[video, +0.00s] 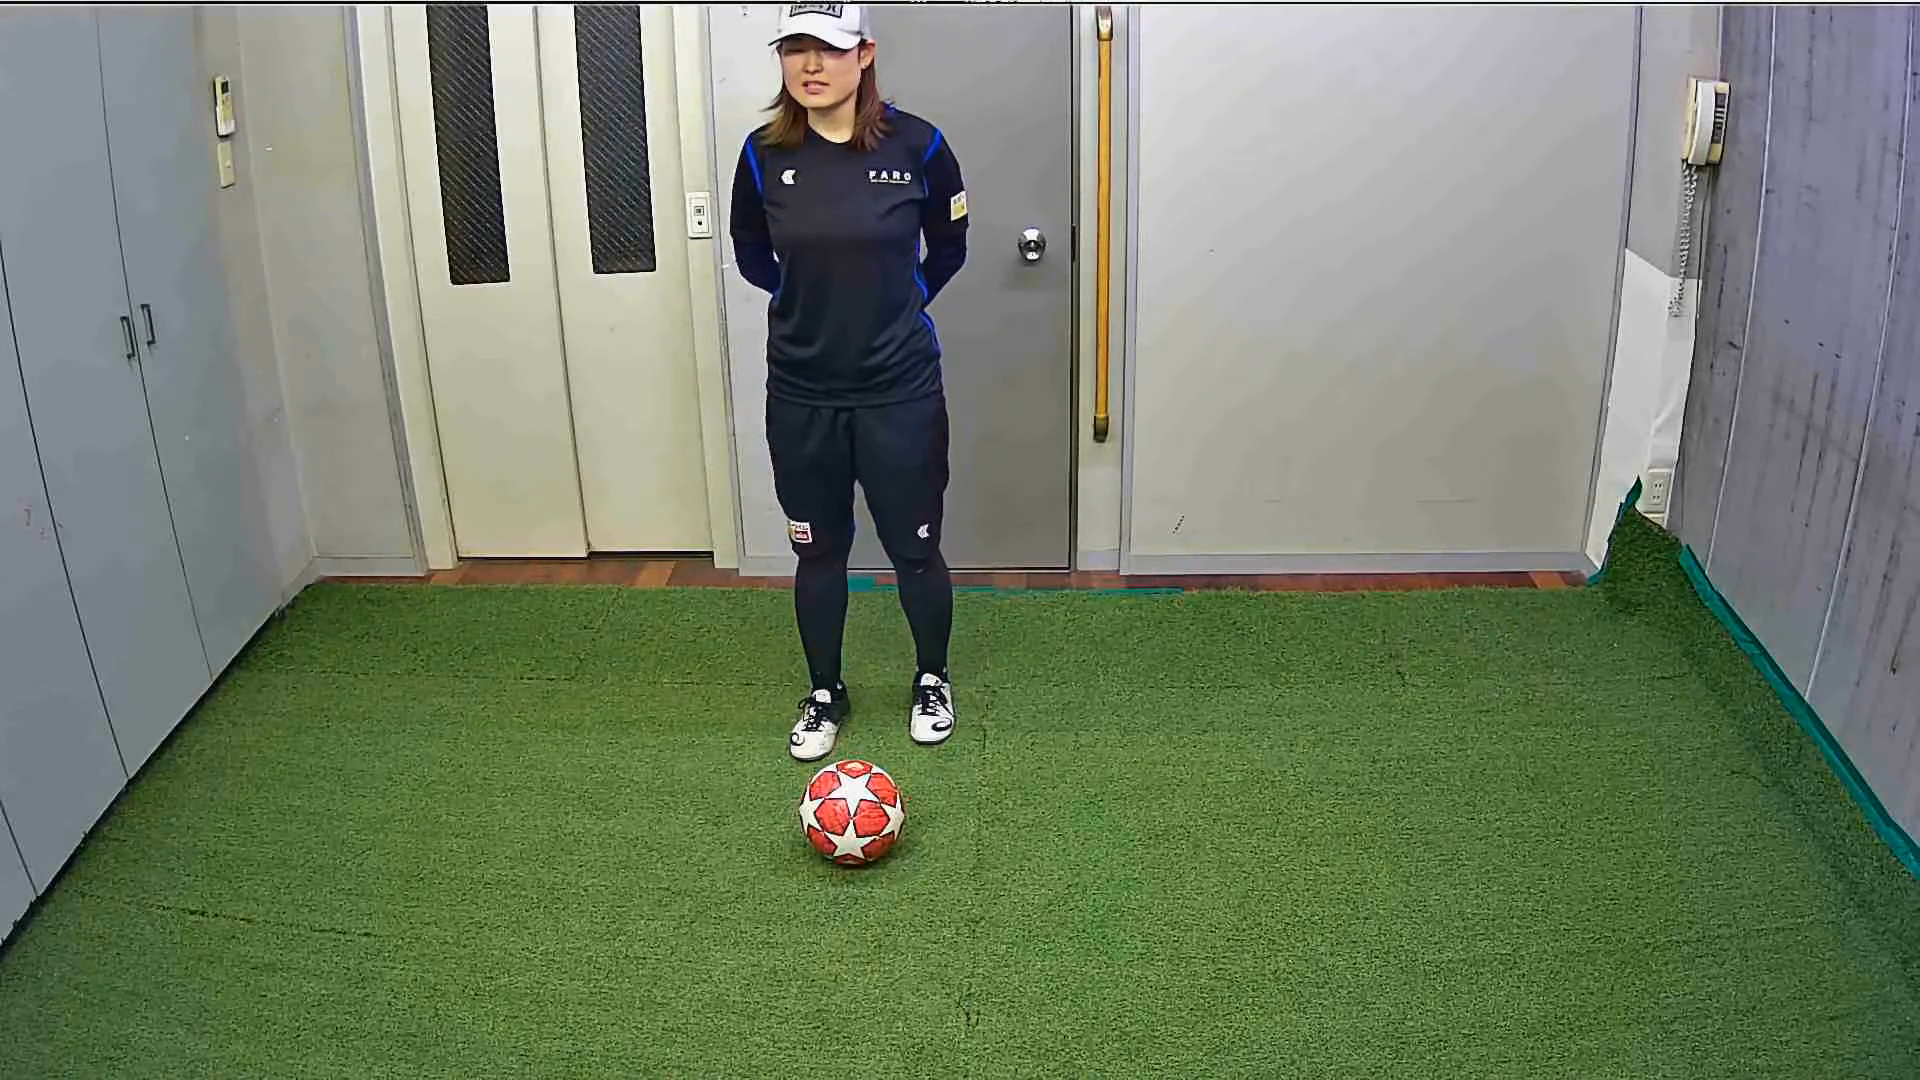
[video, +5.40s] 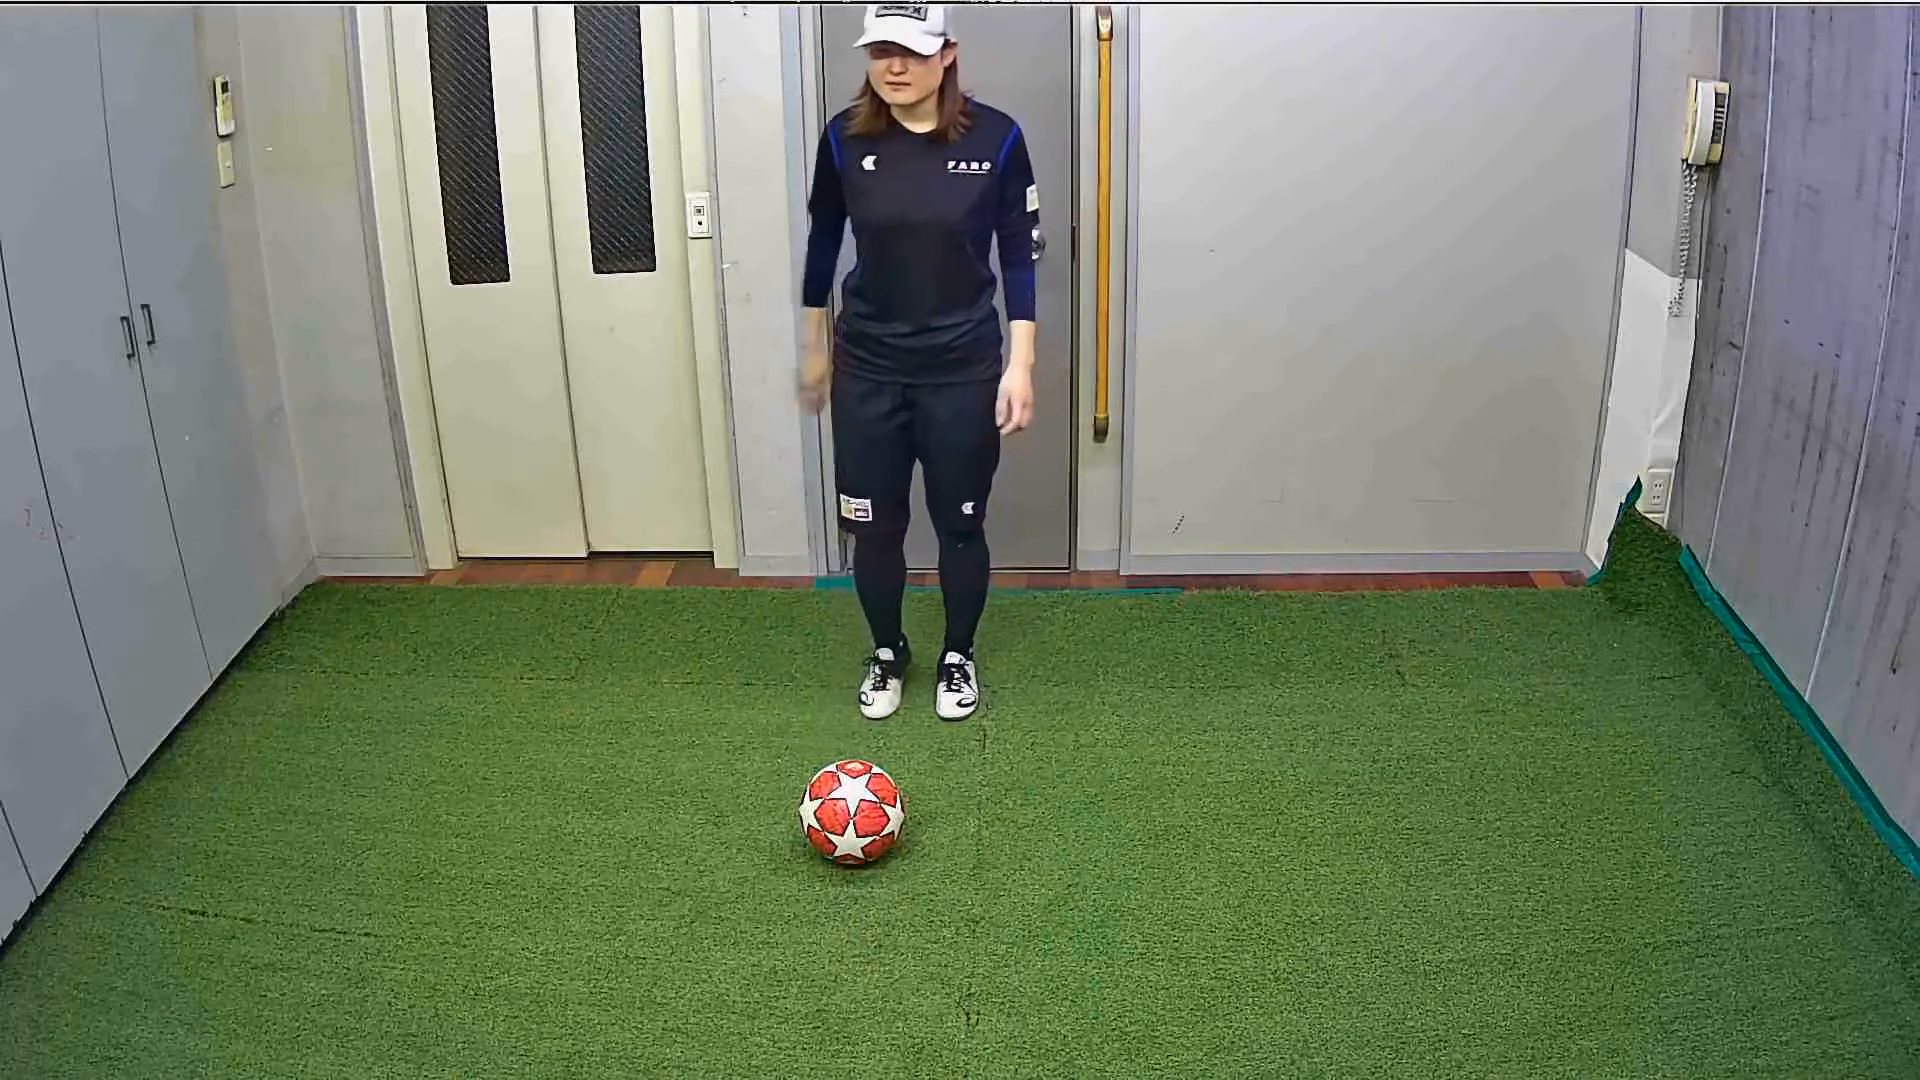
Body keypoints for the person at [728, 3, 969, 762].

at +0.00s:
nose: (810, 64)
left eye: (827, 49)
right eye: (797, 51)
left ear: (864, 56)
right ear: (782, 64)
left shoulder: (918, 146)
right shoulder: (762, 155)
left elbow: (950, 248)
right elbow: (750, 253)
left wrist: (895, 303)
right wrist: (810, 291)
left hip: (899, 386)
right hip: (801, 388)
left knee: (916, 550)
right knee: (815, 549)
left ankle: (930, 681)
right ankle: (825, 694)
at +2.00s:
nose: (775, 73)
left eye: (792, 56)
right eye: (761, 58)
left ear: (829, 61)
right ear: (748, 68)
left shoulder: (890, 146)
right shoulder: (733, 160)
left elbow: (924, 248)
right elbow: (724, 260)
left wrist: (868, 304)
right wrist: (784, 297)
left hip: (880, 388)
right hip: (781, 395)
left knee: (906, 550)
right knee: (805, 550)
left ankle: (932, 682)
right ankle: (823, 695)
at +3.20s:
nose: (839, 62)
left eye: (855, 47)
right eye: (826, 49)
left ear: (891, 55)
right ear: (811, 64)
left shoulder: (947, 141)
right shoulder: (797, 151)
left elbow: (965, 245)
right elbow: (787, 258)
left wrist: (919, 301)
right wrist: (851, 289)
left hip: (928, 379)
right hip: (832, 382)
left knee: (940, 534)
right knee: (830, 540)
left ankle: (955, 658)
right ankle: (825, 694)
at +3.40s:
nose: (874, 60)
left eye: (891, 47)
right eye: (862, 48)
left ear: (927, 57)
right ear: (848, 60)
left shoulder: (980, 144)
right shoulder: (830, 147)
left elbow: (1017, 232)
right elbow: (810, 242)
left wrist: (1026, 329)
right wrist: (863, 285)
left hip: (952, 372)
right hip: (859, 373)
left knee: (954, 528)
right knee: (844, 533)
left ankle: (956, 662)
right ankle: (826, 694)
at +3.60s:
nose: (909, 62)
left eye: (925, 49)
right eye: (896, 48)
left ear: (957, 57)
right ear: (878, 59)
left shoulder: (1004, 138)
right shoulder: (855, 140)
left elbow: (1042, 257)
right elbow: (834, 238)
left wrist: (1024, 240)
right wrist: (886, 278)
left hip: (969, 363)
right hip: (875, 363)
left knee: (966, 522)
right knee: (856, 524)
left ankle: (957, 660)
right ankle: (840, 687)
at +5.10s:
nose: (914, 63)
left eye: (931, 50)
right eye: (903, 48)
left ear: (967, 55)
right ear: (888, 57)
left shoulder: (1016, 140)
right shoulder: (865, 136)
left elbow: (1035, 248)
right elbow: (859, 236)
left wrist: (1043, 352)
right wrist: (906, 287)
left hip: (975, 358)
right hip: (882, 355)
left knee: (970, 517)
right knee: (867, 512)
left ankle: (958, 657)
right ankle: (866, 662)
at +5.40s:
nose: (891, 67)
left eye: (908, 54)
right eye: (881, 53)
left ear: (945, 57)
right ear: (868, 59)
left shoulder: (996, 138)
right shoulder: (844, 139)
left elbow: (1019, 255)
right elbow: (823, 240)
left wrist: (1020, 363)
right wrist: (815, 343)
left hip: (962, 365)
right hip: (866, 362)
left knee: (960, 523)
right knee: (869, 521)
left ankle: (958, 660)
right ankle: (886, 654)